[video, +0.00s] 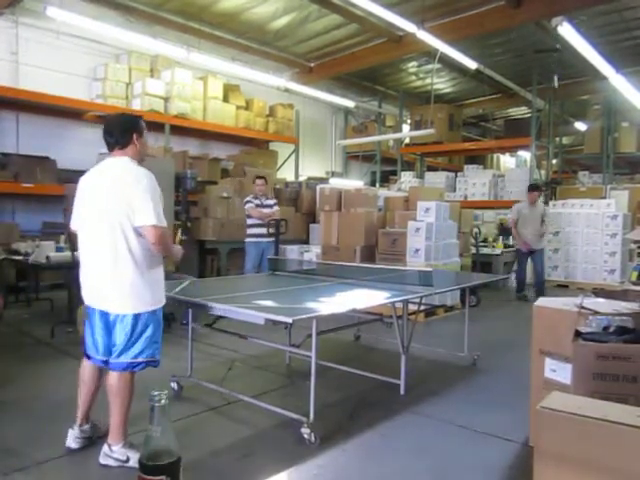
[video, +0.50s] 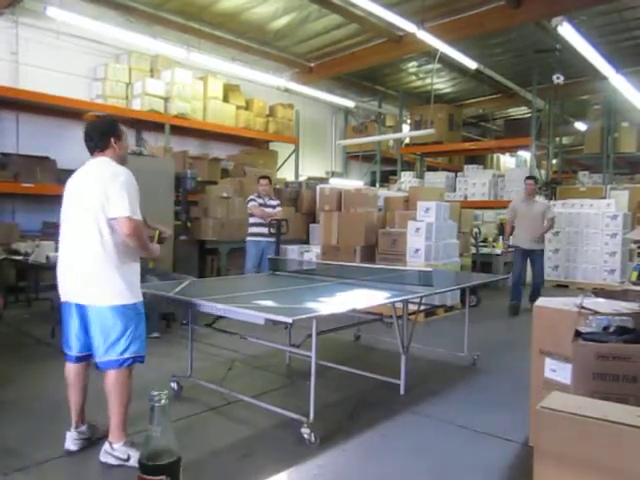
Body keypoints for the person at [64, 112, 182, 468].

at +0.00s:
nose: (147, 144)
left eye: (145, 137)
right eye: (145, 138)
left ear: (110, 141)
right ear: (135, 139)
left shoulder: (90, 176)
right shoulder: (139, 177)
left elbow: (76, 228)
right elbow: (155, 236)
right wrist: (173, 252)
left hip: (96, 289)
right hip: (132, 293)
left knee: (93, 356)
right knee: (122, 366)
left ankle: (80, 427)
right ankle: (116, 445)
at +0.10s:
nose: (142, 144)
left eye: (141, 137)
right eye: (140, 138)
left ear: (106, 141)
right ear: (131, 139)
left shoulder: (85, 177)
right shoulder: (136, 177)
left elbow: (72, 228)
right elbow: (150, 234)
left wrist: (105, 241)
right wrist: (168, 250)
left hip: (92, 290)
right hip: (129, 293)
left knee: (88, 357)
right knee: (121, 367)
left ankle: (79, 428)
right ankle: (116, 445)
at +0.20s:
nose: (140, 143)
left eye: (138, 137)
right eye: (137, 137)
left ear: (103, 142)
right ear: (125, 139)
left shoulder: (81, 177)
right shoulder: (131, 177)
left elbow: (68, 227)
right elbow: (145, 233)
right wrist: (162, 250)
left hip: (86, 290)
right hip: (124, 293)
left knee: (84, 356)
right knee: (119, 365)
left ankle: (78, 428)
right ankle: (116, 445)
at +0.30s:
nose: (135, 144)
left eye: (132, 138)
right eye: (132, 138)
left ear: (99, 143)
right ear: (122, 140)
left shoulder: (78, 177)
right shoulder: (127, 176)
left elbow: (66, 228)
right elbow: (140, 233)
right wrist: (157, 248)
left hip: (80, 289)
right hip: (118, 292)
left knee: (82, 357)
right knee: (116, 365)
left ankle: (78, 428)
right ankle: (116, 445)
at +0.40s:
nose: (131, 146)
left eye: (128, 139)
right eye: (128, 140)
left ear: (96, 145)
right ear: (117, 142)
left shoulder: (77, 178)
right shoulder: (122, 176)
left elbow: (84, 228)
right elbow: (134, 231)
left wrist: (144, 231)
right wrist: (152, 251)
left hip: (76, 289)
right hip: (113, 292)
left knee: (79, 357)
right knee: (116, 365)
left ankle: (77, 429)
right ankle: (116, 444)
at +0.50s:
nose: (126, 146)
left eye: (124, 140)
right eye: (124, 140)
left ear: (93, 145)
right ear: (114, 142)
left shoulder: (77, 177)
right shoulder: (119, 175)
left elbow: (90, 223)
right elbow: (128, 230)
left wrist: (144, 228)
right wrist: (150, 250)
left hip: (73, 288)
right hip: (110, 290)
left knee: (76, 357)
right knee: (119, 363)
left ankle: (77, 429)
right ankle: (117, 442)